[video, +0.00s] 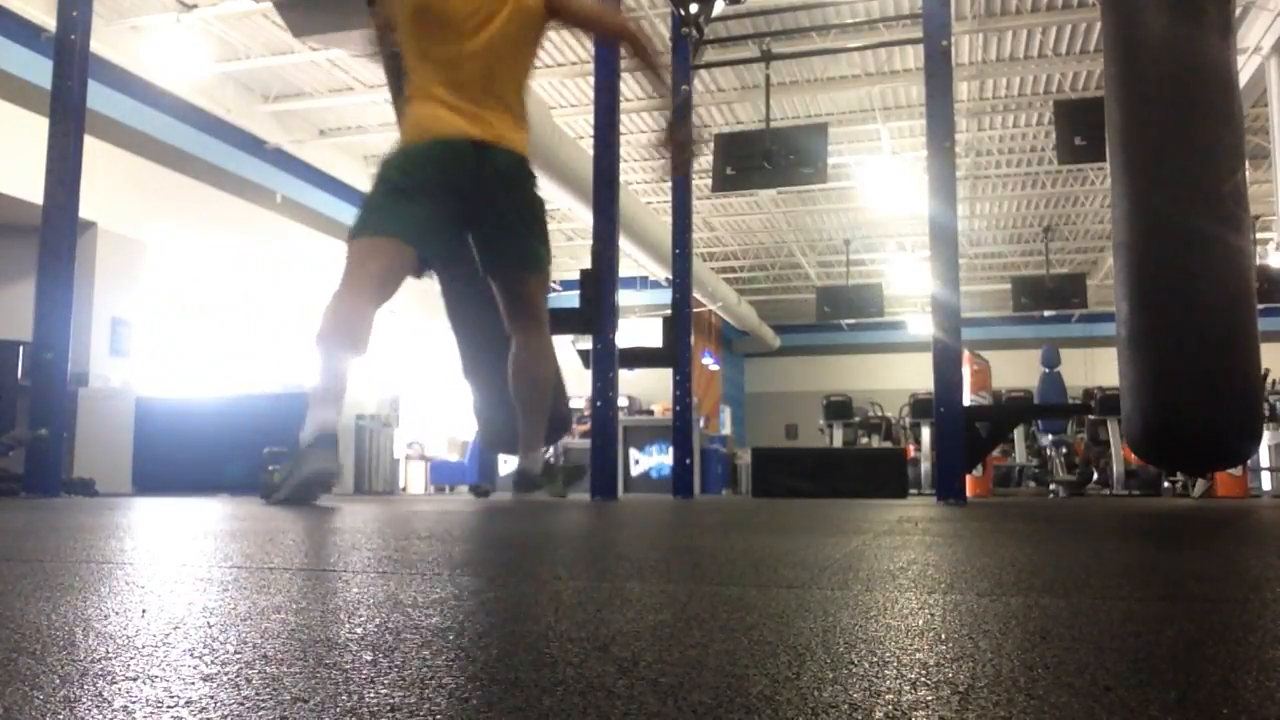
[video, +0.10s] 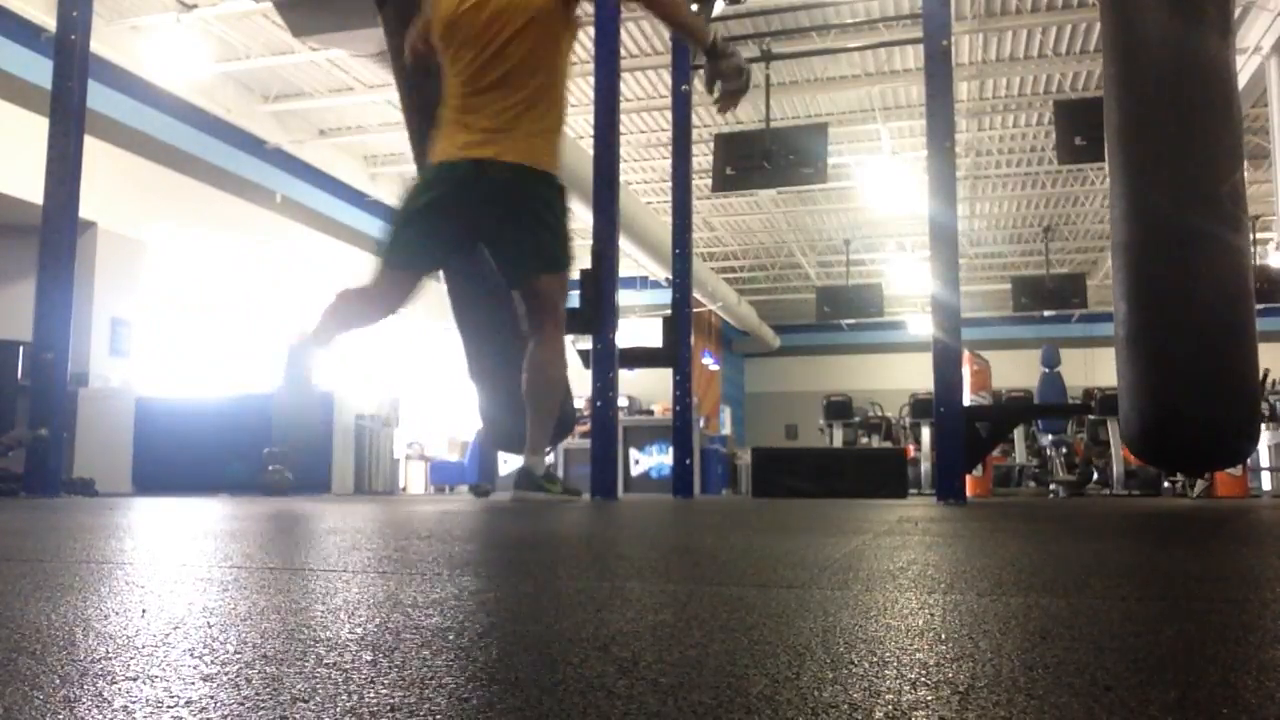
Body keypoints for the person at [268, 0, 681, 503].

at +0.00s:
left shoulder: (402, 7)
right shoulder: (536, 5)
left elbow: (388, 50)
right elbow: (627, 30)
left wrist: (409, 120)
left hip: (423, 156)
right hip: (504, 164)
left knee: (359, 288)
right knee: (530, 320)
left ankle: (319, 443)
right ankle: (530, 470)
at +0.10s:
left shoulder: (445, 6)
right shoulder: (557, 4)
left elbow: (412, 54)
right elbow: (649, 3)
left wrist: (428, 144)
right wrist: (711, 45)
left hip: (447, 173)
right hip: (527, 177)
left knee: (383, 295)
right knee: (547, 322)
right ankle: (537, 462)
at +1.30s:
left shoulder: (505, 1)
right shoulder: (632, 2)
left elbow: (447, 76)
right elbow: (693, 35)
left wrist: (414, 86)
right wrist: (666, 105)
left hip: (515, 130)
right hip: (591, 142)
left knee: (423, 236)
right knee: (578, 305)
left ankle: (356, 331)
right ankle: (557, 448)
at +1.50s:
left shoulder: (509, 0)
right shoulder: (638, 1)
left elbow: (463, 68)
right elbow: (704, 50)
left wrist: (502, 70)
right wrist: (680, 136)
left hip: (527, 143)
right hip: (604, 146)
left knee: (468, 291)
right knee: (595, 318)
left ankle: (470, 385)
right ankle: (602, 463)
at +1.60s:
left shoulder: (499, 3)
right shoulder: (636, 2)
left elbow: (462, 85)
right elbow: (689, 77)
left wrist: (528, 103)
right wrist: (680, 169)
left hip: (538, 142)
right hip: (614, 143)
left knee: (522, 312)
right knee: (584, 320)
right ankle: (596, 466)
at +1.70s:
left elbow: (465, 63)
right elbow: (684, 36)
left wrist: (527, 107)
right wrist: (673, 145)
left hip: (543, 114)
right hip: (627, 113)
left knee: (520, 296)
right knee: (611, 301)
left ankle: (542, 439)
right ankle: (604, 461)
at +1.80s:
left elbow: (467, 25)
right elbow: (700, 4)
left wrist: (530, 76)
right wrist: (683, 91)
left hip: (555, 75)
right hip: (641, 75)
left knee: (542, 260)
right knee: (632, 269)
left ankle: (552, 430)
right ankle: (647, 435)